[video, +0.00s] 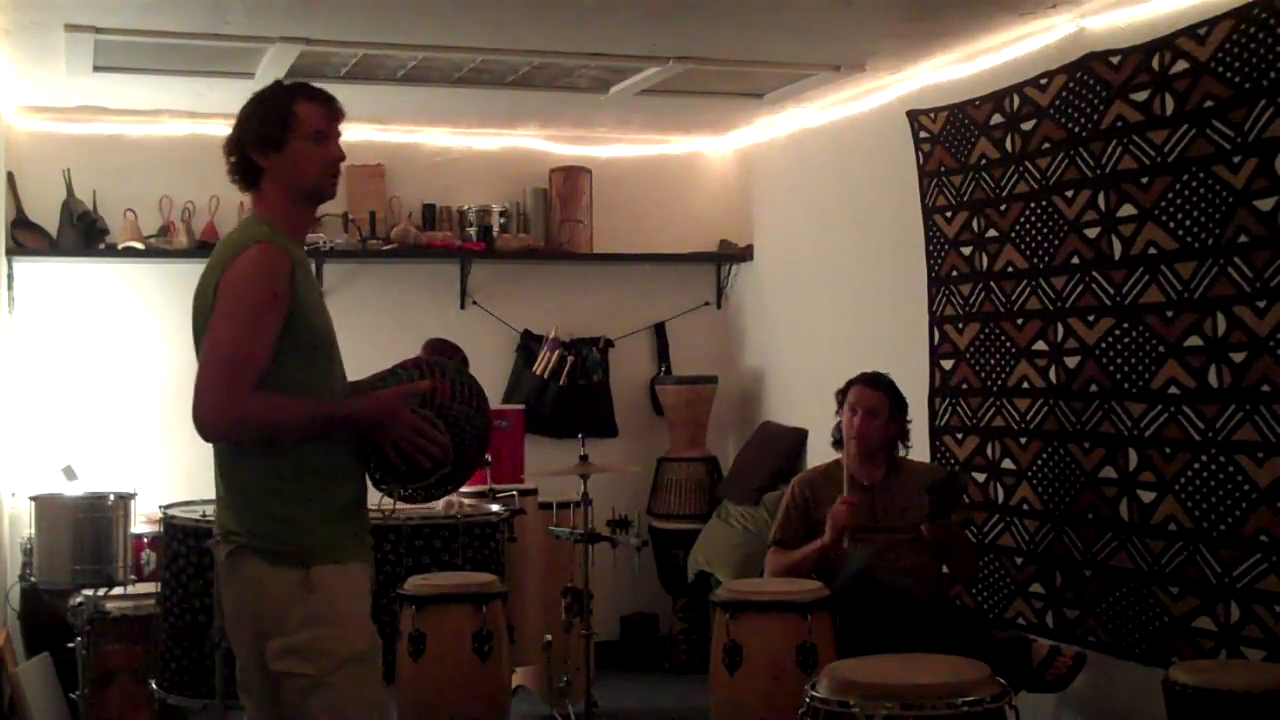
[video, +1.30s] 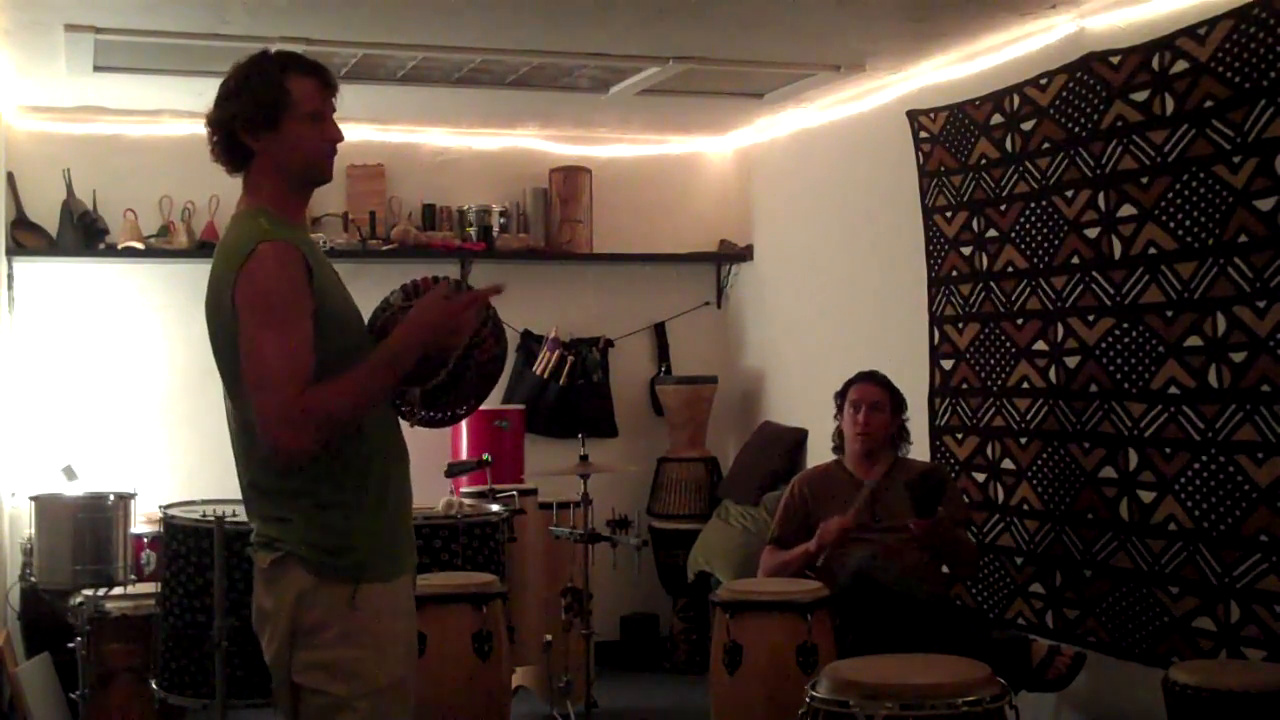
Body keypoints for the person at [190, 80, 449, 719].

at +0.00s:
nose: (340, 152)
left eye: (338, 138)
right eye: (322, 138)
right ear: (268, 151)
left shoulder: (269, 253)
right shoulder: (264, 257)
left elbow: (291, 406)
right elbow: (219, 411)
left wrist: (394, 384)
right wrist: (360, 414)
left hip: (289, 560)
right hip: (297, 565)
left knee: (289, 709)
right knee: (336, 707)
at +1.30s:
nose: (337, 131)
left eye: (332, 114)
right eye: (317, 115)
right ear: (257, 134)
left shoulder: (283, 245)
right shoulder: (268, 255)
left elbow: (308, 403)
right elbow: (289, 427)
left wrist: (405, 337)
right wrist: (413, 341)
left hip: (342, 568)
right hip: (332, 578)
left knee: (357, 707)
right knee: (349, 708)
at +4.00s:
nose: (316, 155)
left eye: (313, 141)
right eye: (298, 143)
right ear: (244, 156)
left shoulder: (267, 261)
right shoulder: (228, 259)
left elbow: (265, 395)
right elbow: (189, 411)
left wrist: (355, 376)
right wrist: (331, 393)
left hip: (308, 556)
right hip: (281, 562)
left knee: (316, 705)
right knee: (305, 707)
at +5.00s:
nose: (358, 145)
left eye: (355, 131)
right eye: (339, 133)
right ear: (286, 152)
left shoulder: (307, 257)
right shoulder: (279, 259)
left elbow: (324, 414)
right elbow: (233, 414)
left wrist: (418, 417)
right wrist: (384, 449)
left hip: (329, 560)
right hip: (309, 566)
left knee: (329, 707)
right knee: (340, 708)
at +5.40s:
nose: (439, 128)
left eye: (432, 114)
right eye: (419, 117)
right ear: (367, 139)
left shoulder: (411, 240)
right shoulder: (331, 247)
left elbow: (400, 383)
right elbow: (245, 396)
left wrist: (522, 362)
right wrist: (402, 418)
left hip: (398, 547)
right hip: (344, 558)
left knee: (398, 706)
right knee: (360, 708)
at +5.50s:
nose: (461, 128)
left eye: (454, 114)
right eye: (442, 116)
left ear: (403, 140)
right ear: (388, 139)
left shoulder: (425, 240)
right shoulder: (345, 248)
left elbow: (414, 385)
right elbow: (260, 403)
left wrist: (491, 422)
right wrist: (406, 450)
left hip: (407, 551)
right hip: (356, 563)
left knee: (407, 705)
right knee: (375, 706)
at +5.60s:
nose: (476, 129)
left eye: (469, 114)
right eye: (456, 117)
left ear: (412, 141)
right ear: (401, 140)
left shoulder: (444, 244)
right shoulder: (360, 258)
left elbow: (428, 394)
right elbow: (288, 421)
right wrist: (447, 460)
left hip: (423, 556)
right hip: (367, 568)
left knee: (426, 708)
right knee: (383, 711)